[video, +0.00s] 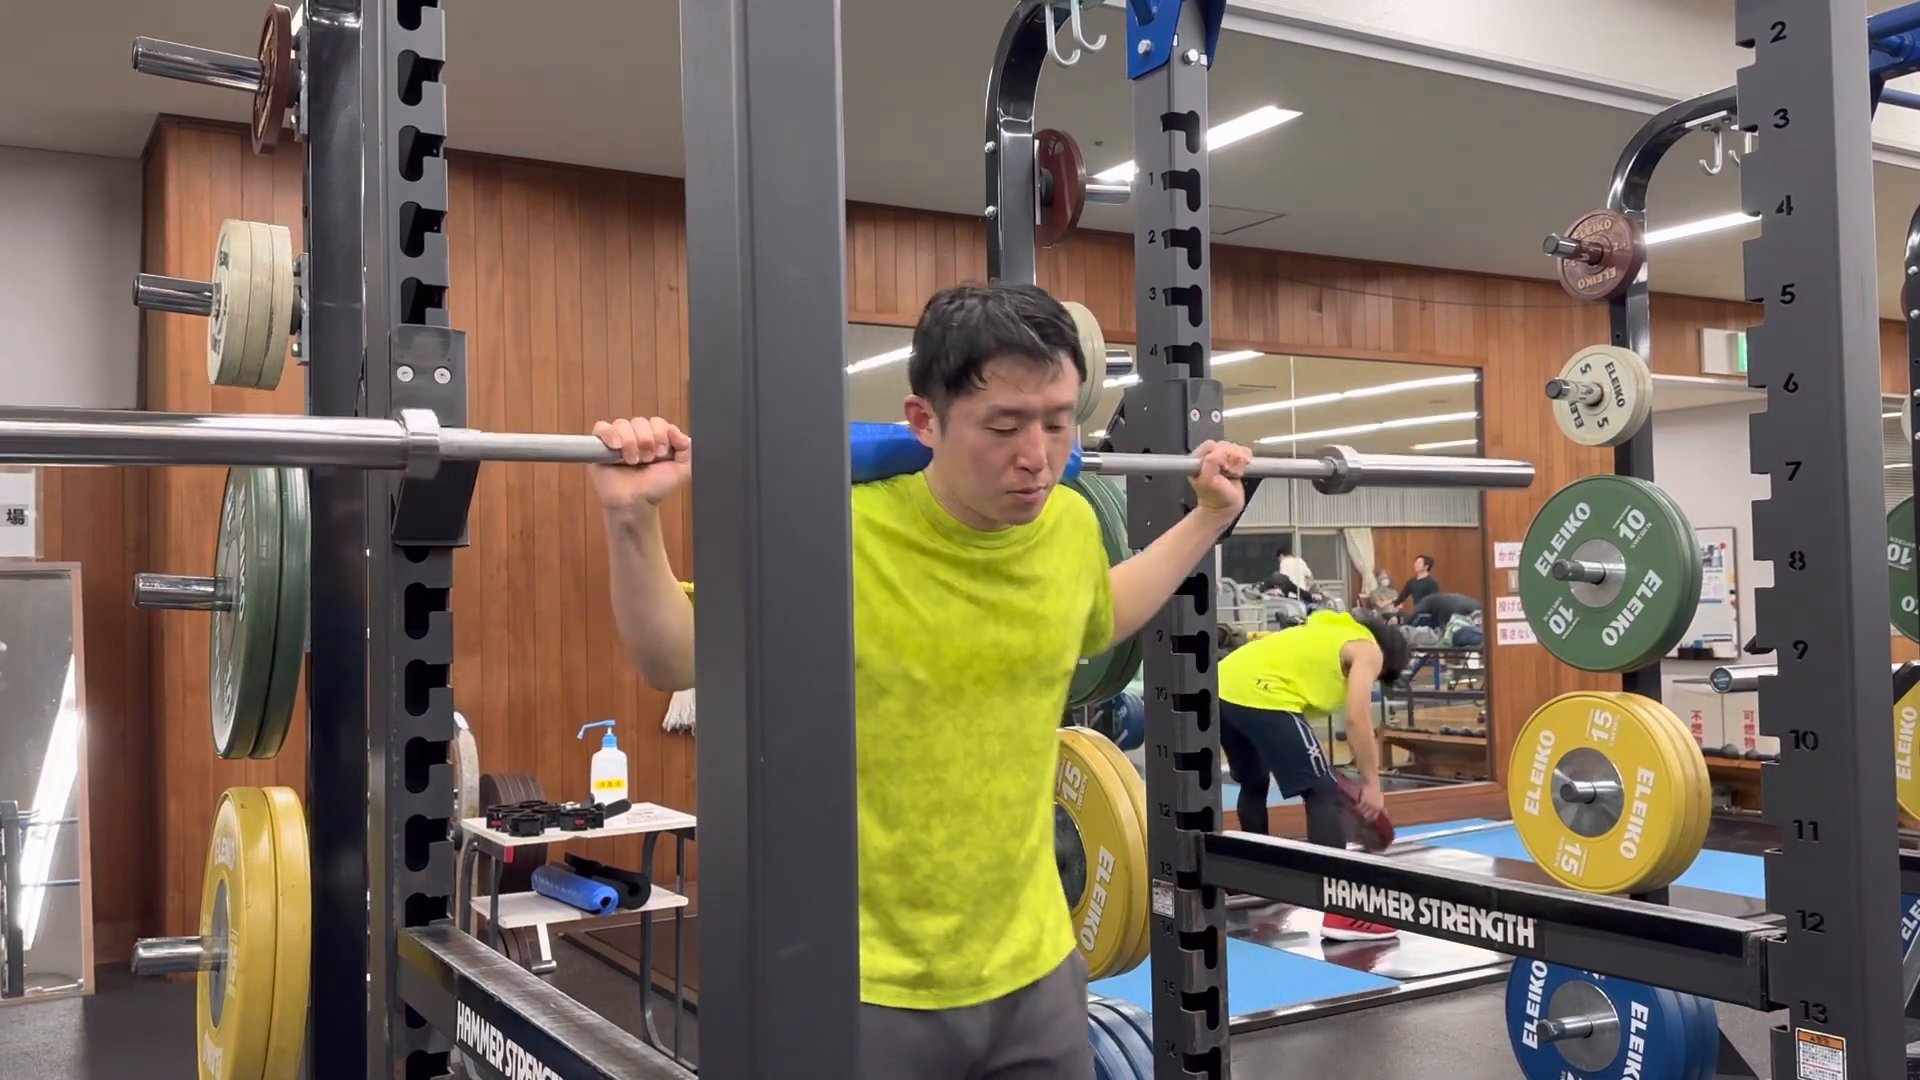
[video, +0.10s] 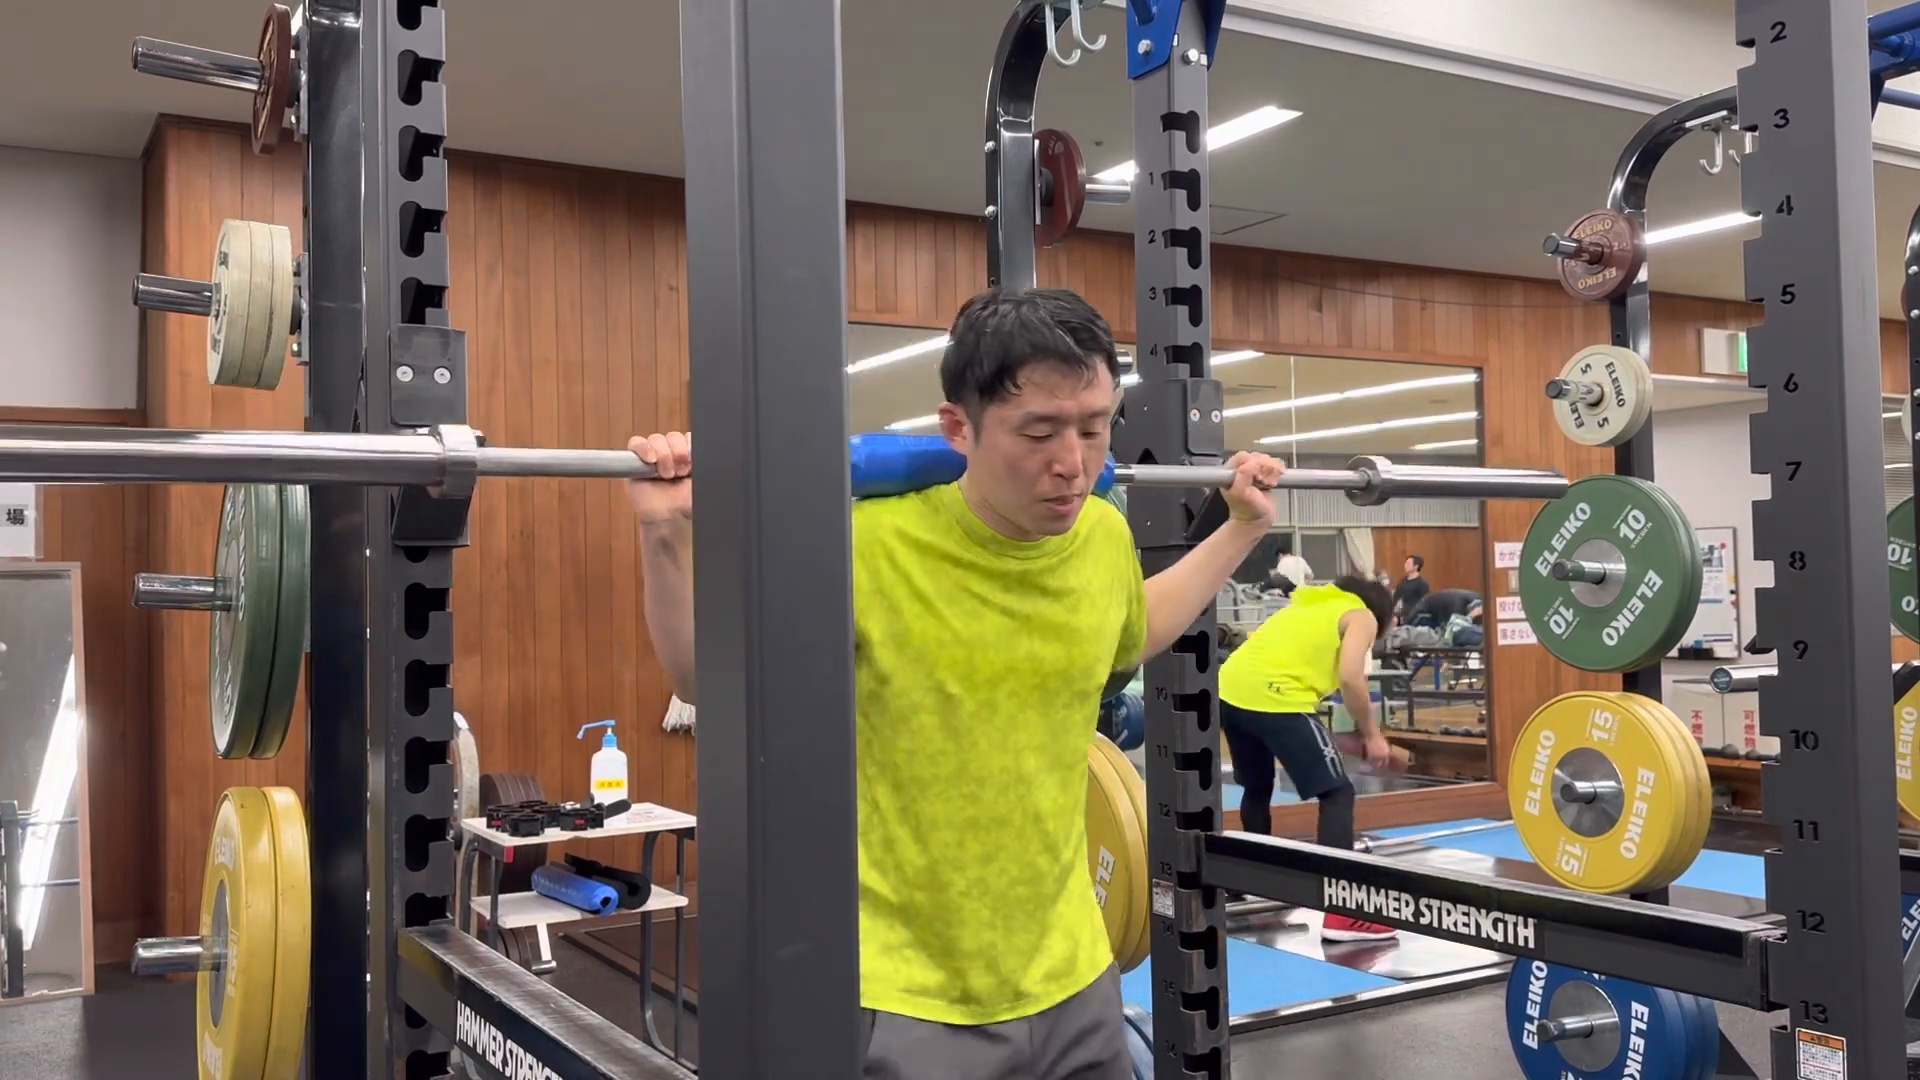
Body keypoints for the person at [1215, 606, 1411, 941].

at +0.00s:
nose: (1377, 679)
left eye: (1382, 675)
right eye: (1383, 672)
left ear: (1368, 626)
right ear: (1384, 652)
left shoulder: (1322, 628)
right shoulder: (1366, 648)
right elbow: (1357, 719)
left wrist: (1322, 774)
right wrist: (1372, 783)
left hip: (1222, 692)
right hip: (1268, 701)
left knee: (1252, 786)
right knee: (1323, 795)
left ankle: (1259, 881)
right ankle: (1341, 908)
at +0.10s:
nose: (1381, 631)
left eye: (1384, 628)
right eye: (1383, 625)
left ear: (1345, 589)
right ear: (1376, 611)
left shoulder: (1306, 602)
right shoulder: (1361, 614)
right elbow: (1350, 677)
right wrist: (1372, 734)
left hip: (1231, 694)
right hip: (1280, 701)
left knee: (1256, 790)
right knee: (1338, 794)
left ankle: (1261, 884)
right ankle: (1342, 909)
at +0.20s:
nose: (1376, 604)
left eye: (1377, 598)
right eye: (1374, 595)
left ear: (1328, 571)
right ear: (1362, 583)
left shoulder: (1289, 587)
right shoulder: (1356, 593)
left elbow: (1257, 638)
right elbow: (1355, 649)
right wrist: (1376, 700)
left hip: (1243, 695)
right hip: (1295, 701)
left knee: (1261, 791)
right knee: (1350, 794)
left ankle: (1262, 887)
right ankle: (1342, 909)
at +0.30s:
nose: (1358, 568)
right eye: (1355, 562)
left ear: (1301, 553)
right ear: (1345, 557)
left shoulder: (1268, 584)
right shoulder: (1350, 575)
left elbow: (1237, 645)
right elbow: (1359, 625)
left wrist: (1280, 642)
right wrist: (1379, 669)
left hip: (1255, 696)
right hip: (1311, 699)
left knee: (1269, 791)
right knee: (1355, 797)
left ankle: (1280, 886)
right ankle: (1342, 909)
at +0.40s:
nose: (1346, 552)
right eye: (1343, 546)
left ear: (1290, 545)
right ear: (1334, 546)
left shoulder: (1260, 580)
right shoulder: (1344, 568)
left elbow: (1236, 642)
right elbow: (1358, 613)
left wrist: (1272, 658)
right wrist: (1379, 652)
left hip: (1260, 696)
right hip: (1320, 697)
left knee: (1275, 788)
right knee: (1353, 797)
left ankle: (1295, 885)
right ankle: (1342, 904)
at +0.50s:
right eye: (1318, 530)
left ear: (1272, 540)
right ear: (1314, 536)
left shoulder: (1249, 576)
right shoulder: (1330, 560)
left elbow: (1231, 639)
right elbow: (1357, 595)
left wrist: (1264, 662)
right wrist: (1379, 635)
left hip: (1264, 693)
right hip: (1323, 692)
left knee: (1280, 796)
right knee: (1346, 797)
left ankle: (1306, 891)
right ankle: (1340, 902)